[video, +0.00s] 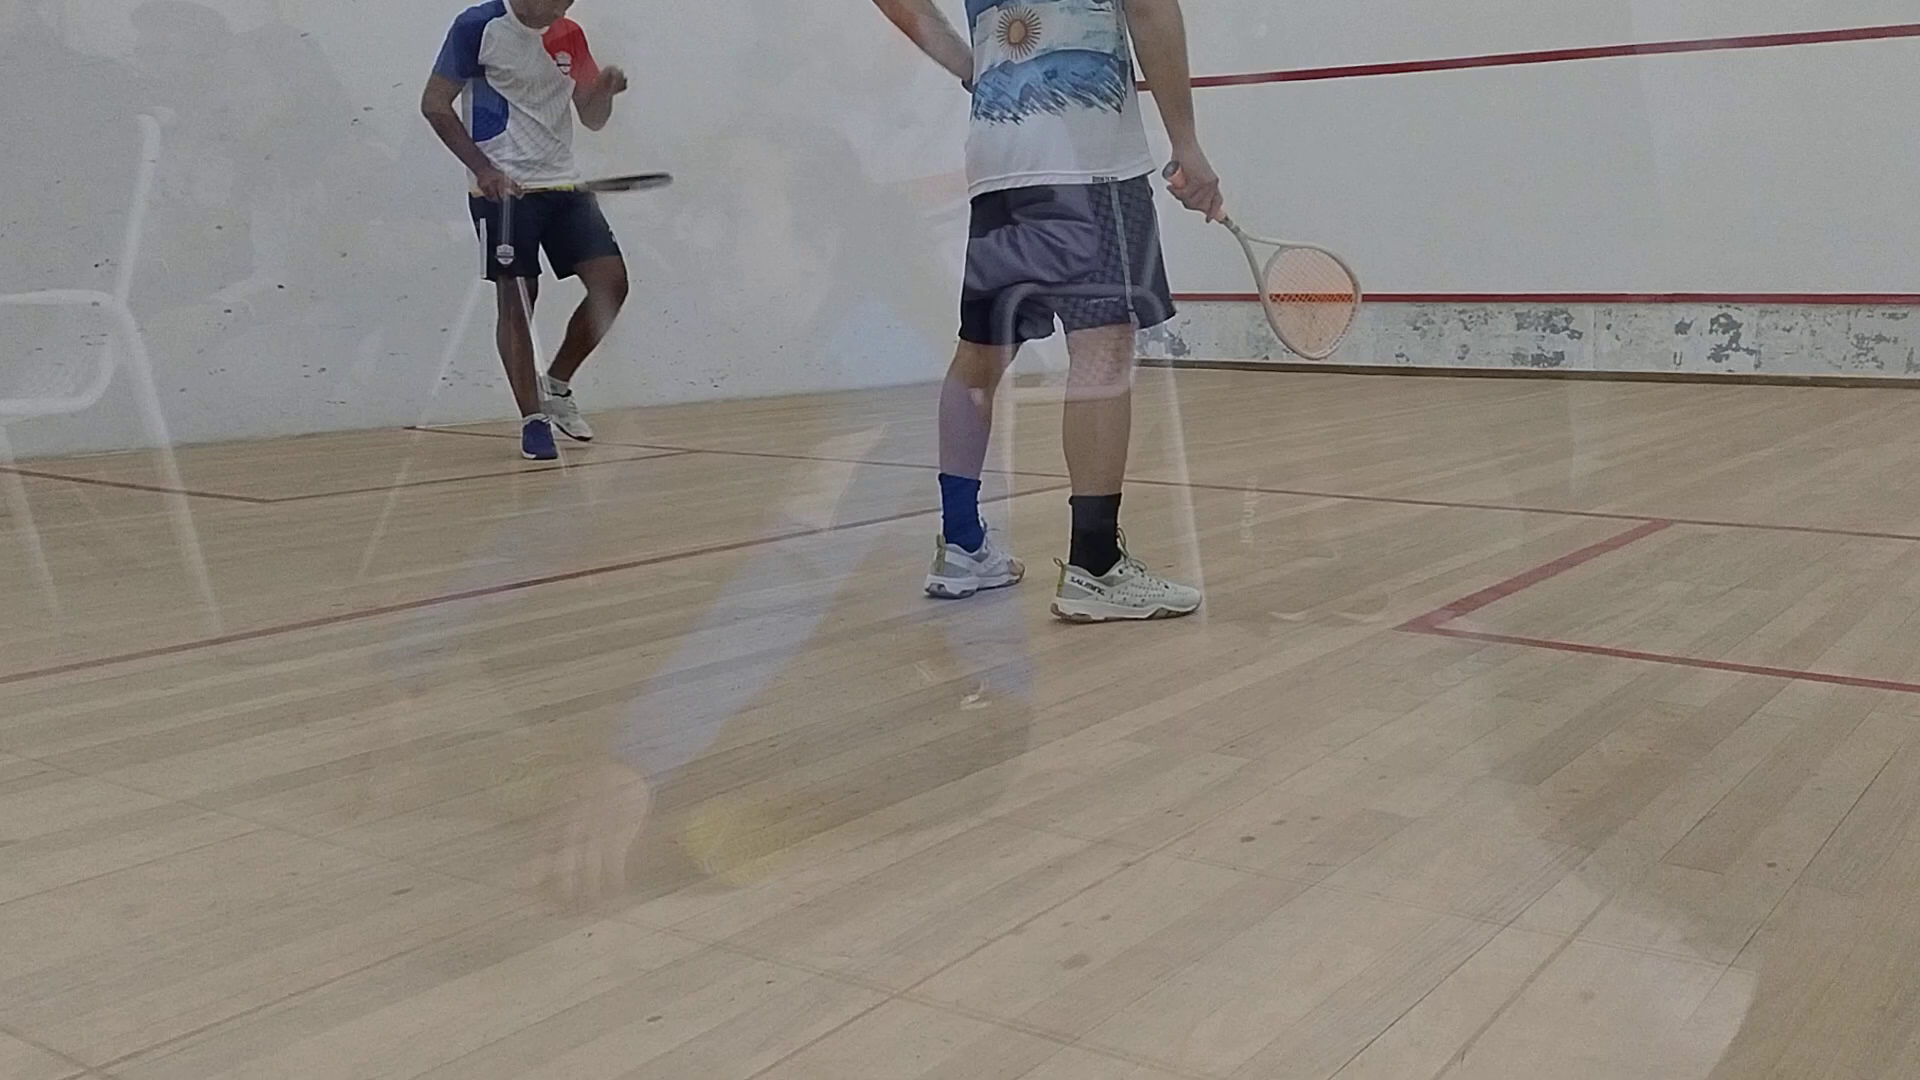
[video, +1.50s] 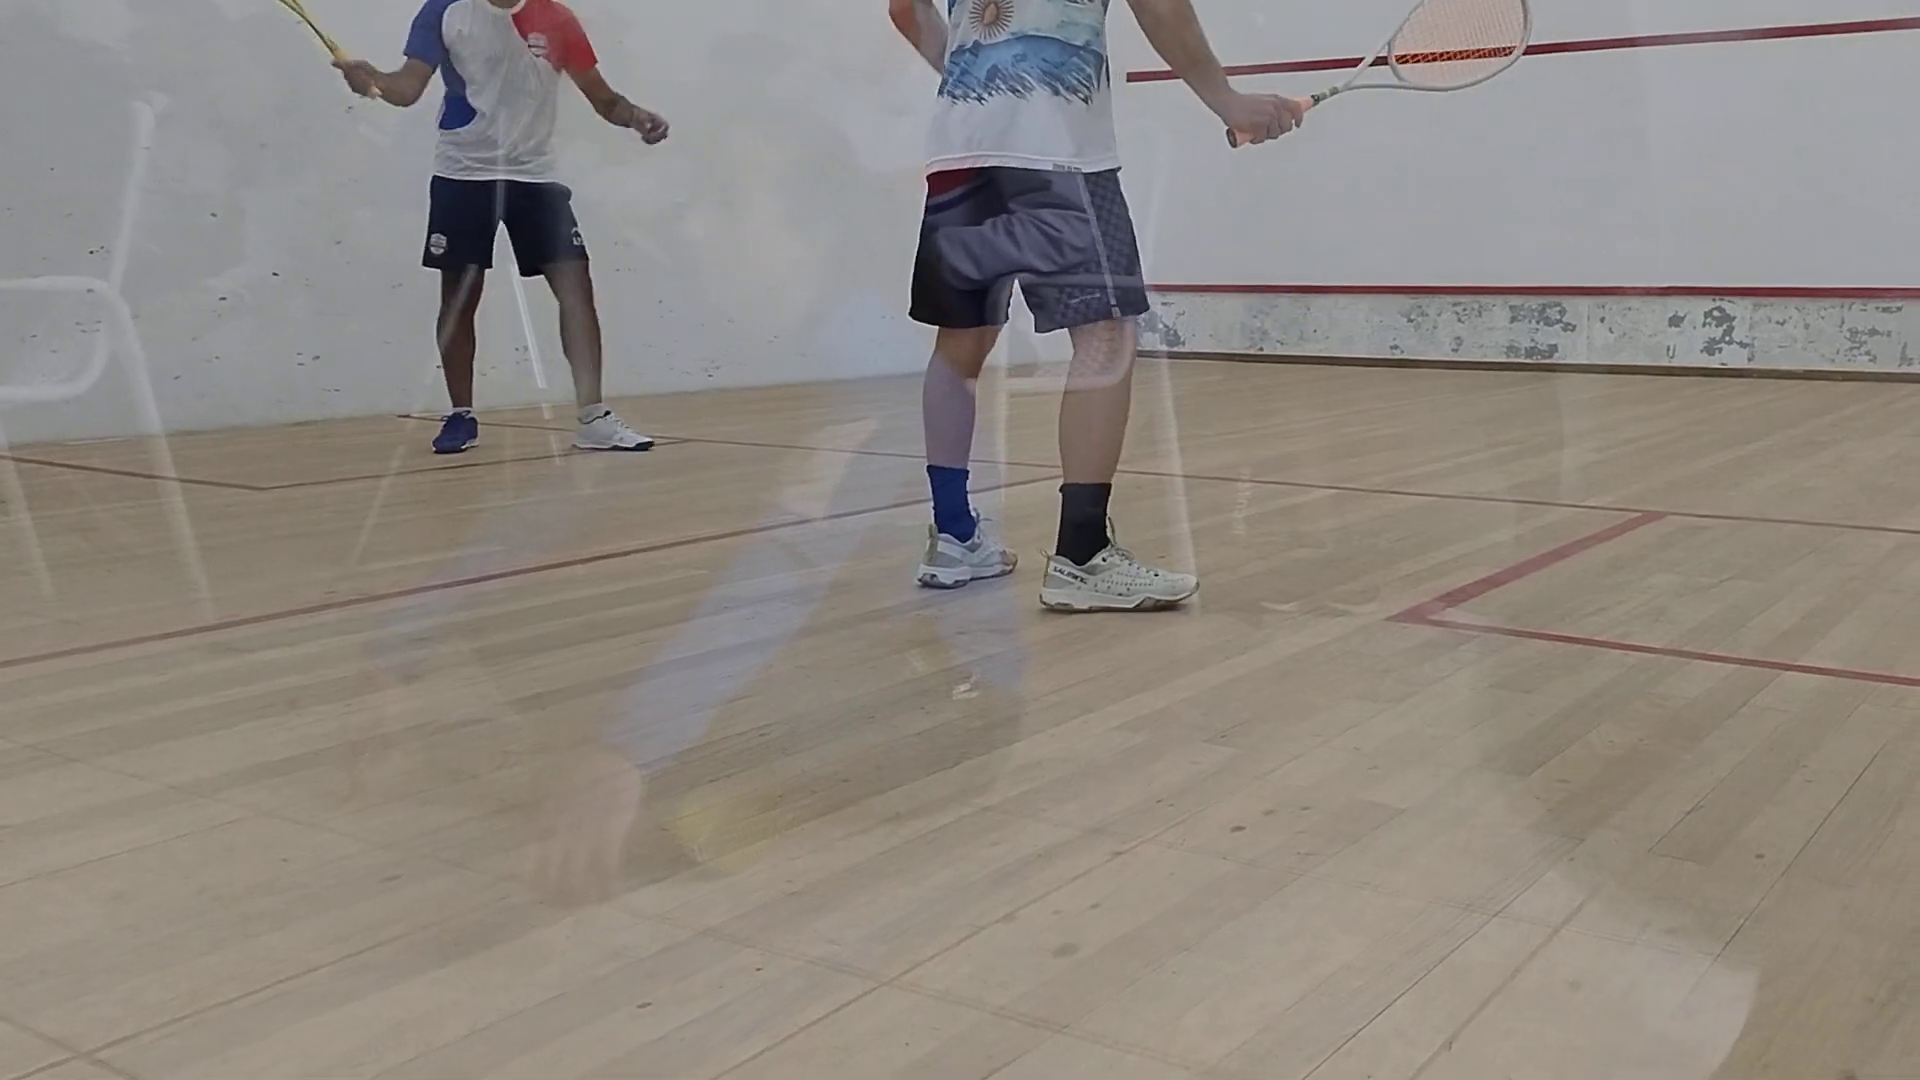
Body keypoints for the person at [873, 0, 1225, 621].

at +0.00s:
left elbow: (898, 1)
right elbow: (1152, 10)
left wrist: (978, 71)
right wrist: (1186, 144)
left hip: (993, 143)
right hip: (1085, 141)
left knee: (980, 352)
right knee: (1101, 354)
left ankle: (961, 546)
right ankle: (1095, 567)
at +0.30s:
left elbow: (893, 2)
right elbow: (1137, 9)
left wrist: (971, 80)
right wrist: (1168, 147)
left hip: (985, 142)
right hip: (1077, 139)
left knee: (973, 353)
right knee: (1098, 354)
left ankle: (959, 547)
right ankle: (1094, 567)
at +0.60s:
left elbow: (897, 4)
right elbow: (1131, 8)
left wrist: (975, 87)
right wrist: (1165, 144)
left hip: (981, 140)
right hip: (1074, 138)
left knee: (972, 354)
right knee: (1101, 352)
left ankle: (961, 547)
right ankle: (1096, 565)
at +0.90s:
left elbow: (897, 4)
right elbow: (1128, 7)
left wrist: (968, 86)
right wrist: (1166, 134)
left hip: (978, 136)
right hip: (1072, 134)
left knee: (970, 350)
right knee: (1101, 349)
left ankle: (961, 542)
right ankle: (1095, 562)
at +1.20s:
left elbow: (896, 4)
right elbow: (1134, 10)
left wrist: (953, 79)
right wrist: (1194, 120)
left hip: (961, 131)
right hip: (1058, 130)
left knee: (963, 347)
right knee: (1098, 343)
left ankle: (957, 540)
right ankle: (1093, 558)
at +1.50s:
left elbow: (907, 9)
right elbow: (1156, 5)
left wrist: (974, 78)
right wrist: (1229, 98)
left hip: (959, 129)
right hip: (1055, 128)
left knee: (959, 344)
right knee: (1105, 337)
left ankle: (952, 538)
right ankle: (1082, 555)